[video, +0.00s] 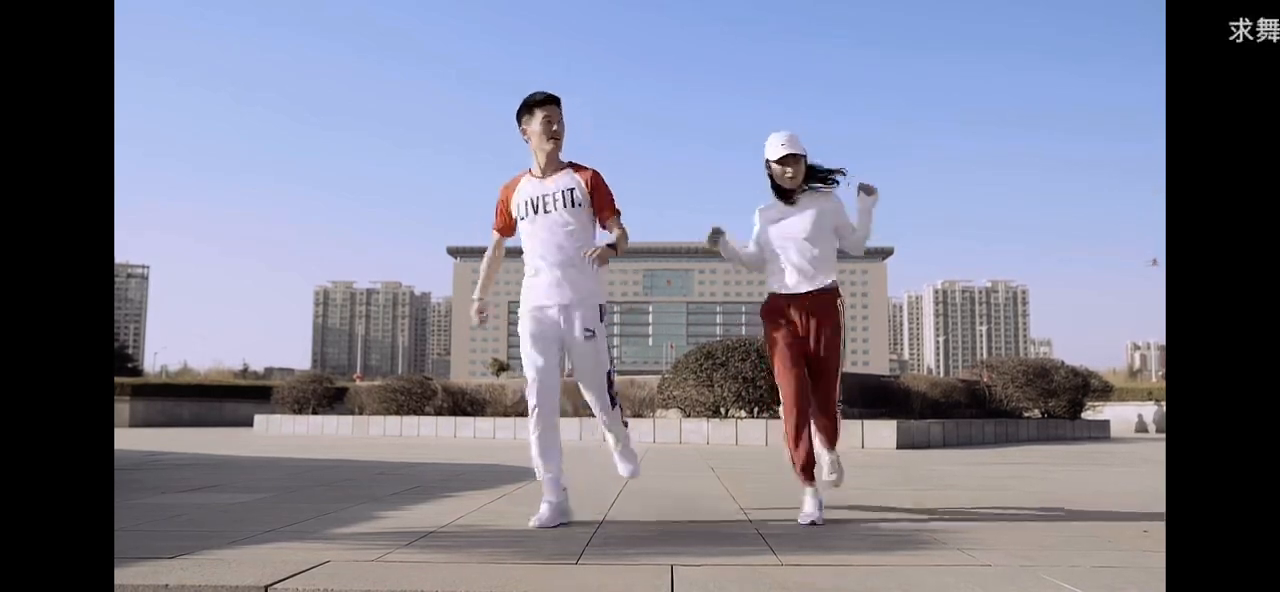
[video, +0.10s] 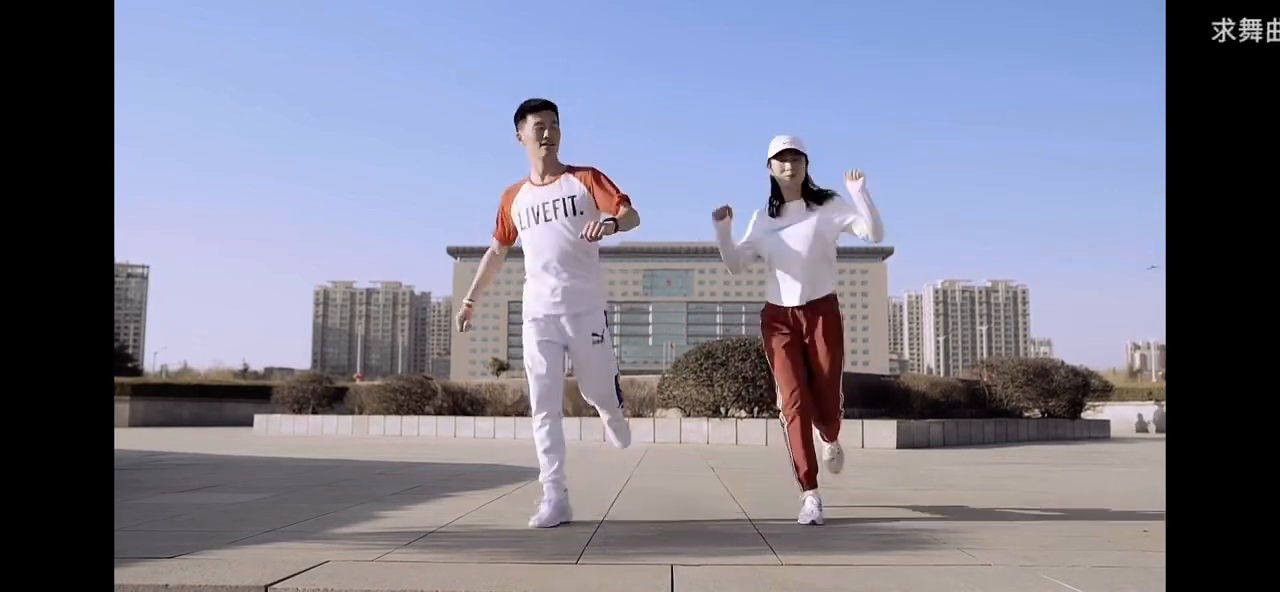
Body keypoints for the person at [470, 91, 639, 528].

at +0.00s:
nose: (555, 125)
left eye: (558, 119)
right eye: (545, 120)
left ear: (564, 128)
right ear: (525, 131)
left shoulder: (587, 178)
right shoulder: (512, 190)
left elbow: (618, 232)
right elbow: (496, 247)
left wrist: (610, 245)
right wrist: (480, 293)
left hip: (583, 300)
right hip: (537, 302)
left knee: (599, 396)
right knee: (540, 403)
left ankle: (618, 441)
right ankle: (553, 498)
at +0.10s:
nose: (548, 131)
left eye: (553, 125)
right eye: (538, 126)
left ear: (561, 133)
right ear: (521, 136)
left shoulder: (586, 178)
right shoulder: (513, 197)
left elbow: (631, 216)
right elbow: (496, 251)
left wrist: (611, 223)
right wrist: (471, 298)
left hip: (584, 307)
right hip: (538, 311)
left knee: (598, 391)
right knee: (543, 407)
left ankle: (613, 416)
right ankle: (554, 498)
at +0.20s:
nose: (549, 125)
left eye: (555, 117)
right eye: (539, 119)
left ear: (563, 122)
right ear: (523, 127)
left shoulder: (590, 167)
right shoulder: (515, 183)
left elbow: (625, 217)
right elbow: (494, 238)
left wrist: (606, 231)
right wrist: (472, 285)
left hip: (590, 293)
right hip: (543, 298)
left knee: (602, 387)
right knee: (549, 397)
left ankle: (602, 408)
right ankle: (553, 490)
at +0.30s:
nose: (560, 139)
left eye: (567, 131)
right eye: (552, 132)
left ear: (577, 136)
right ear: (537, 138)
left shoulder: (601, 187)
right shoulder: (522, 193)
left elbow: (606, 247)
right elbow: (497, 240)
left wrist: (569, 247)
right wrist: (493, 258)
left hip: (591, 296)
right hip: (546, 301)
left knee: (598, 339)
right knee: (555, 401)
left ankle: (603, 403)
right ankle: (565, 487)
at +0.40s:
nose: (565, 141)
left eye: (573, 134)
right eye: (557, 134)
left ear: (582, 139)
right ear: (543, 139)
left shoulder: (603, 188)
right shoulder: (525, 191)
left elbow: (601, 248)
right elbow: (505, 244)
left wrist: (555, 234)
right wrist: (514, 243)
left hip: (591, 295)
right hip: (548, 302)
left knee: (592, 331)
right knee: (555, 402)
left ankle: (600, 411)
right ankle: (568, 486)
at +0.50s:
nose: (570, 125)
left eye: (578, 118)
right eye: (563, 118)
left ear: (587, 123)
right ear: (549, 123)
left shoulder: (608, 172)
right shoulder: (532, 174)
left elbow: (612, 237)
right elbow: (520, 233)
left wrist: (569, 227)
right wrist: (546, 242)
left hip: (594, 292)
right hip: (552, 295)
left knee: (598, 376)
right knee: (558, 387)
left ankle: (582, 469)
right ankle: (575, 474)